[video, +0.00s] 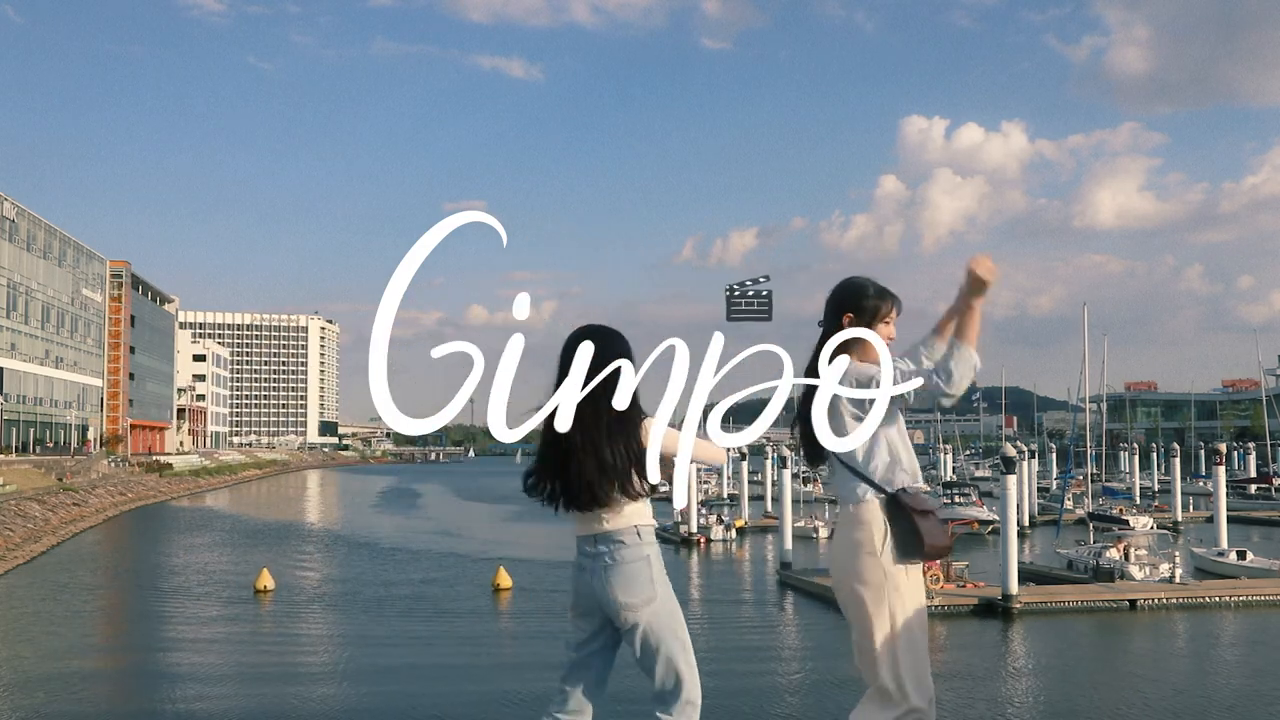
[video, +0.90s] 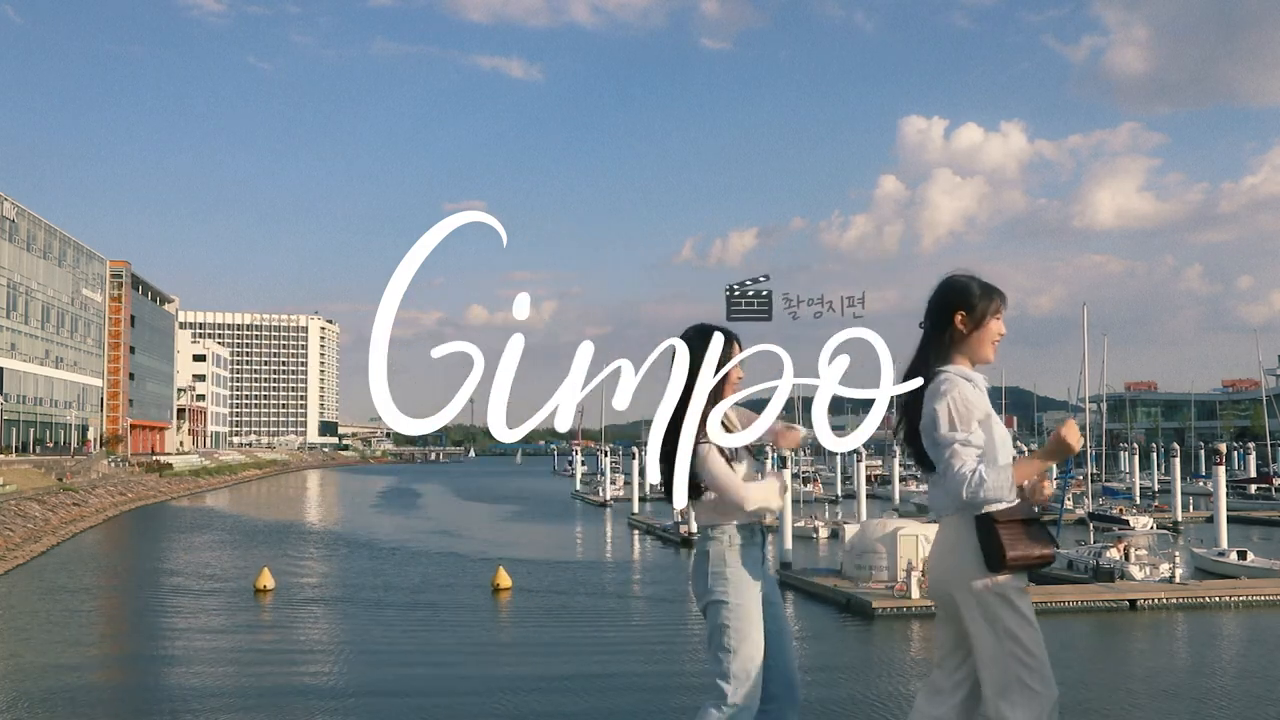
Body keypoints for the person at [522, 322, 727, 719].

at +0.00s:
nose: (633, 374)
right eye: (628, 366)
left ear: (569, 373)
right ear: (624, 370)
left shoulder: (564, 433)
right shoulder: (638, 429)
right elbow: (716, 454)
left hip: (587, 569)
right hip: (636, 568)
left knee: (577, 691)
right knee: (681, 693)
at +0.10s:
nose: (649, 386)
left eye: (645, 377)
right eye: (644, 377)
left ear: (588, 384)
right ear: (637, 383)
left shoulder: (586, 444)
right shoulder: (640, 439)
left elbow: (642, 483)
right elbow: (721, 487)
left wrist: (684, 443)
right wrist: (701, 507)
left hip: (605, 577)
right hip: (645, 578)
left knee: (605, 703)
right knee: (696, 702)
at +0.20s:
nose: (664, 386)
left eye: (662, 377)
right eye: (658, 377)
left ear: (617, 389)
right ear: (639, 385)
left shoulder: (612, 450)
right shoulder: (643, 450)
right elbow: (710, 495)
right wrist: (699, 451)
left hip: (627, 585)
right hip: (654, 587)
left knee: (655, 702)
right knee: (700, 705)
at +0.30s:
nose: (676, 380)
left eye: (675, 370)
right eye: (669, 370)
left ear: (646, 377)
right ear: (648, 375)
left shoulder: (658, 427)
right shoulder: (635, 441)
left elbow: (709, 457)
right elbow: (705, 475)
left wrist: (727, 427)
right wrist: (733, 426)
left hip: (672, 568)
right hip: (656, 573)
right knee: (696, 701)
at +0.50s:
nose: (700, 357)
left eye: (700, 347)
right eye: (691, 347)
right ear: (661, 353)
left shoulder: (691, 405)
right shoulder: (640, 424)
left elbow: (738, 411)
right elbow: (691, 471)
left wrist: (757, 411)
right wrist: (738, 464)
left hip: (721, 543)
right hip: (680, 547)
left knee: (758, 679)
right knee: (677, 691)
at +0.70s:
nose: (717, 387)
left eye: (716, 377)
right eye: (706, 379)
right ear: (679, 384)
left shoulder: (720, 424)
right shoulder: (662, 451)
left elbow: (778, 429)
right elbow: (721, 502)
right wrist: (779, 443)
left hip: (752, 556)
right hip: (709, 563)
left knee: (787, 687)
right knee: (714, 697)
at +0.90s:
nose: (741, 376)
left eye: (740, 366)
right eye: (734, 367)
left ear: (721, 374)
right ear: (707, 371)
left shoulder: (730, 417)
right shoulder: (692, 427)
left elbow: (788, 435)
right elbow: (742, 497)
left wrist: (787, 435)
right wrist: (778, 483)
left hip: (755, 553)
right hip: (726, 556)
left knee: (782, 687)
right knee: (736, 691)